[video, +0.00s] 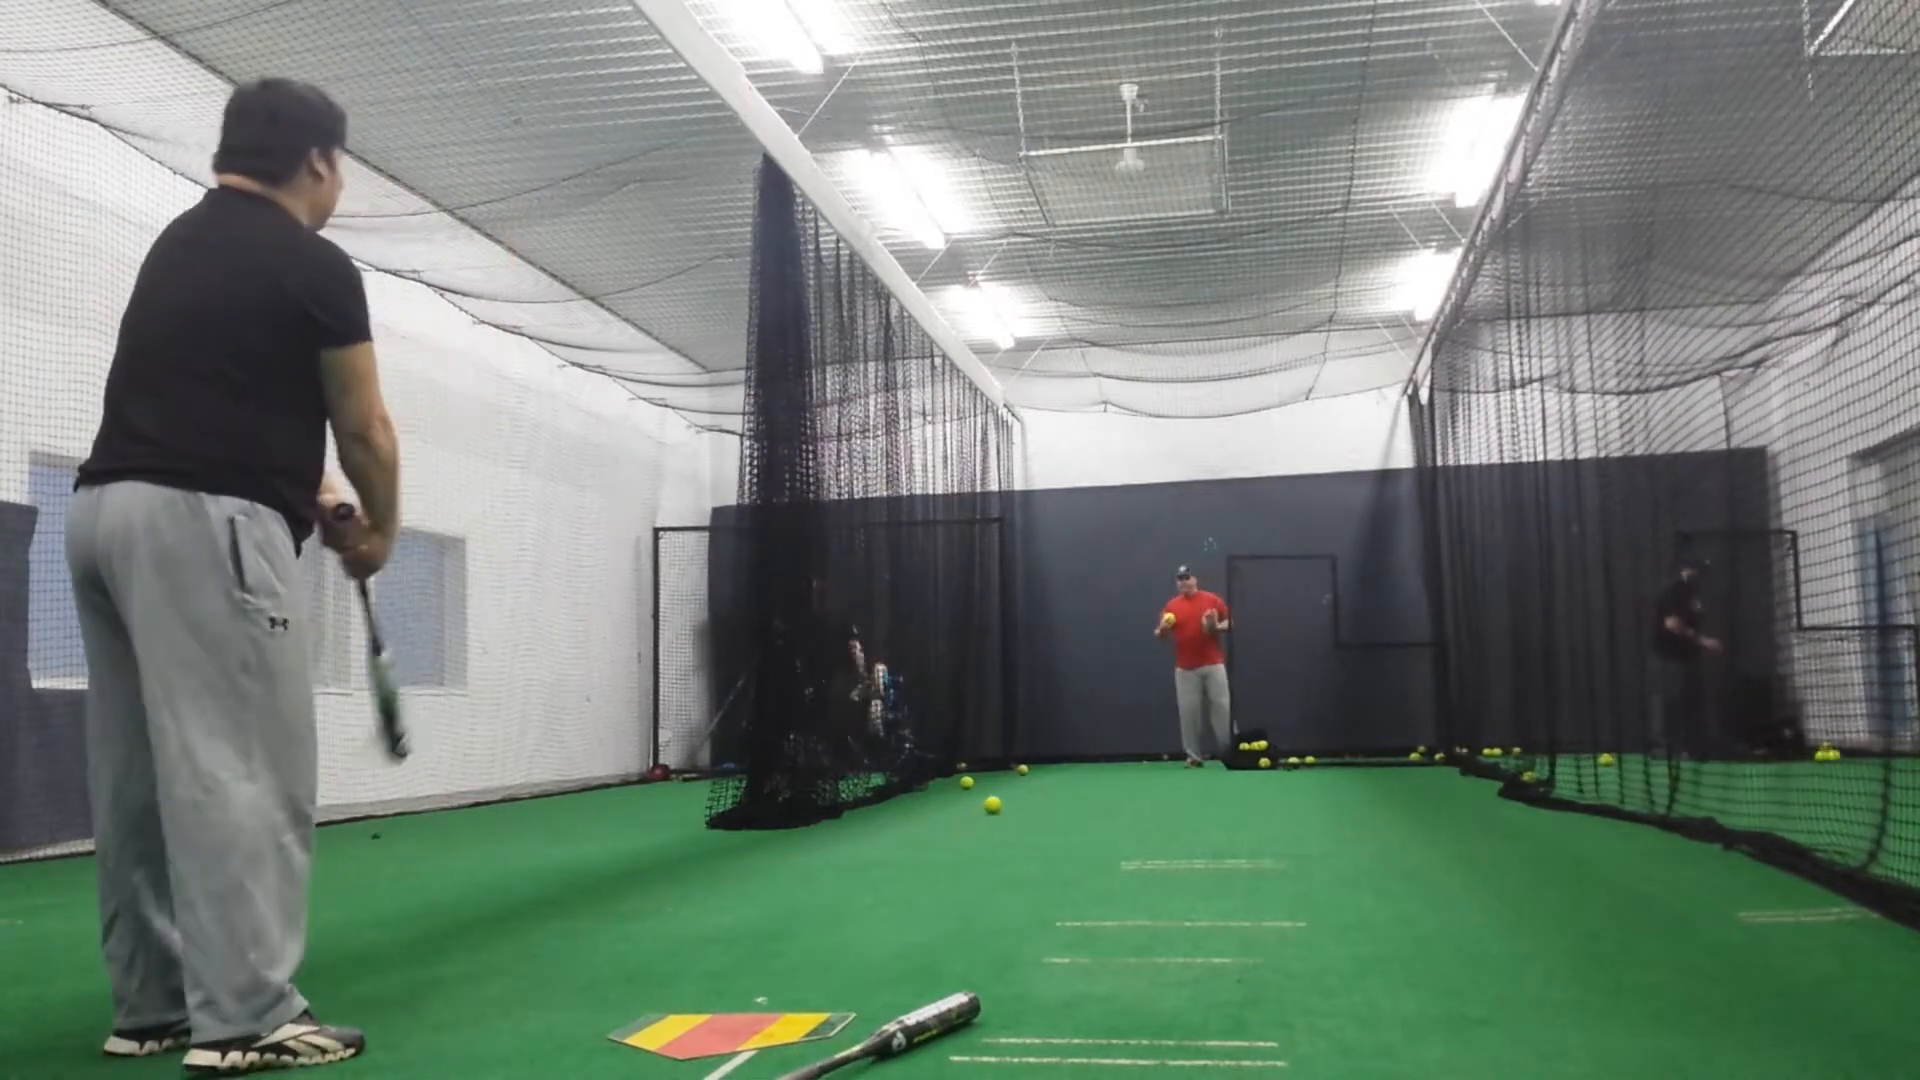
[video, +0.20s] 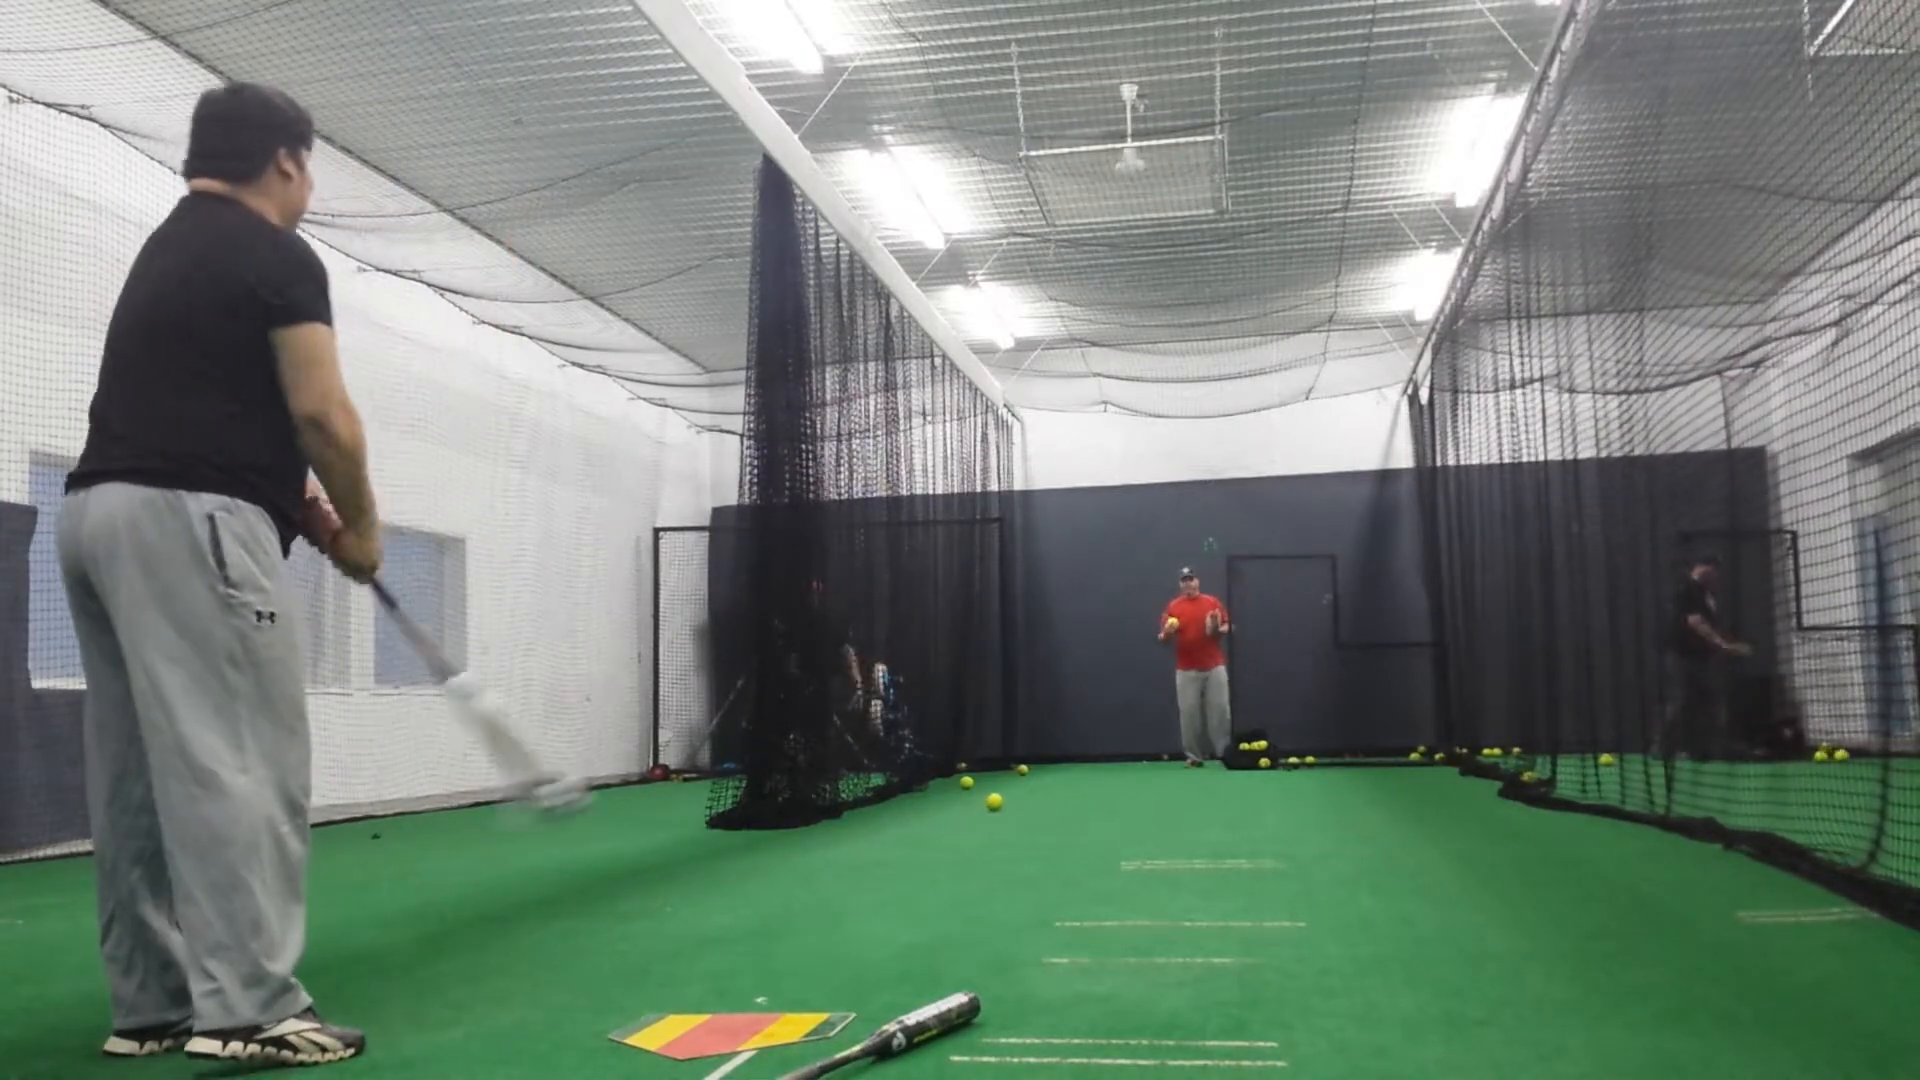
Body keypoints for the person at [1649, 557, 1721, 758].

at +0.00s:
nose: (1697, 577)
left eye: (1699, 573)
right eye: (1694, 572)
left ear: (1699, 573)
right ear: (1685, 571)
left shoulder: (1692, 593)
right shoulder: (1675, 591)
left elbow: (1689, 624)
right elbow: (1672, 623)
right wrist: (1702, 640)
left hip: (1687, 655)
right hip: (1672, 655)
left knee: (1689, 698)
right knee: (1676, 699)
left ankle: (1691, 744)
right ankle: (1676, 746)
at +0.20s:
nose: (1711, 577)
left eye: (1713, 573)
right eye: (1709, 572)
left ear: (1712, 574)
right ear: (1701, 571)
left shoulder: (1706, 594)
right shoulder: (1690, 590)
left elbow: (1709, 625)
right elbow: (1695, 621)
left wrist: (1728, 643)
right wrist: (1725, 646)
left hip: (1698, 654)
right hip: (1682, 655)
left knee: (1701, 698)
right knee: (1682, 699)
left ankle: (1702, 746)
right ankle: (1664, 746)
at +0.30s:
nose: (1718, 576)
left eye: (1717, 572)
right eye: (1716, 572)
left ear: (1700, 571)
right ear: (1709, 572)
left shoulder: (1693, 589)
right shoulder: (1702, 589)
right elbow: (1707, 620)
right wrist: (1726, 642)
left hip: (1694, 654)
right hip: (1704, 655)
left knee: (1696, 699)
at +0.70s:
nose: (1734, 572)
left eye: (1732, 567)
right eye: (1734, 568)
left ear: (1717, 566)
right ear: (1734, 567)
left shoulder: (1705, 587)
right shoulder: (1730, 585)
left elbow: (1705, 617)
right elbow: (1737, 612)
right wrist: (1751, 639)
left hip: (1709, 645)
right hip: (1729, 646)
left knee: (1717, 696)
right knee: (1732, 694)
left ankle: (1721, 744)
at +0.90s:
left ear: (1736, 575)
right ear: (1756, 579)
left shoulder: (1722, 591)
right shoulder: (1758, 593)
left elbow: (1715, 620)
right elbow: (1767, 619)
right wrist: (1772, 637)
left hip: (1723, 650)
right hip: (1750, 650)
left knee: (1726, 698)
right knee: (1754, 695)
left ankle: (1724, 745)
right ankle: (1756, 743)